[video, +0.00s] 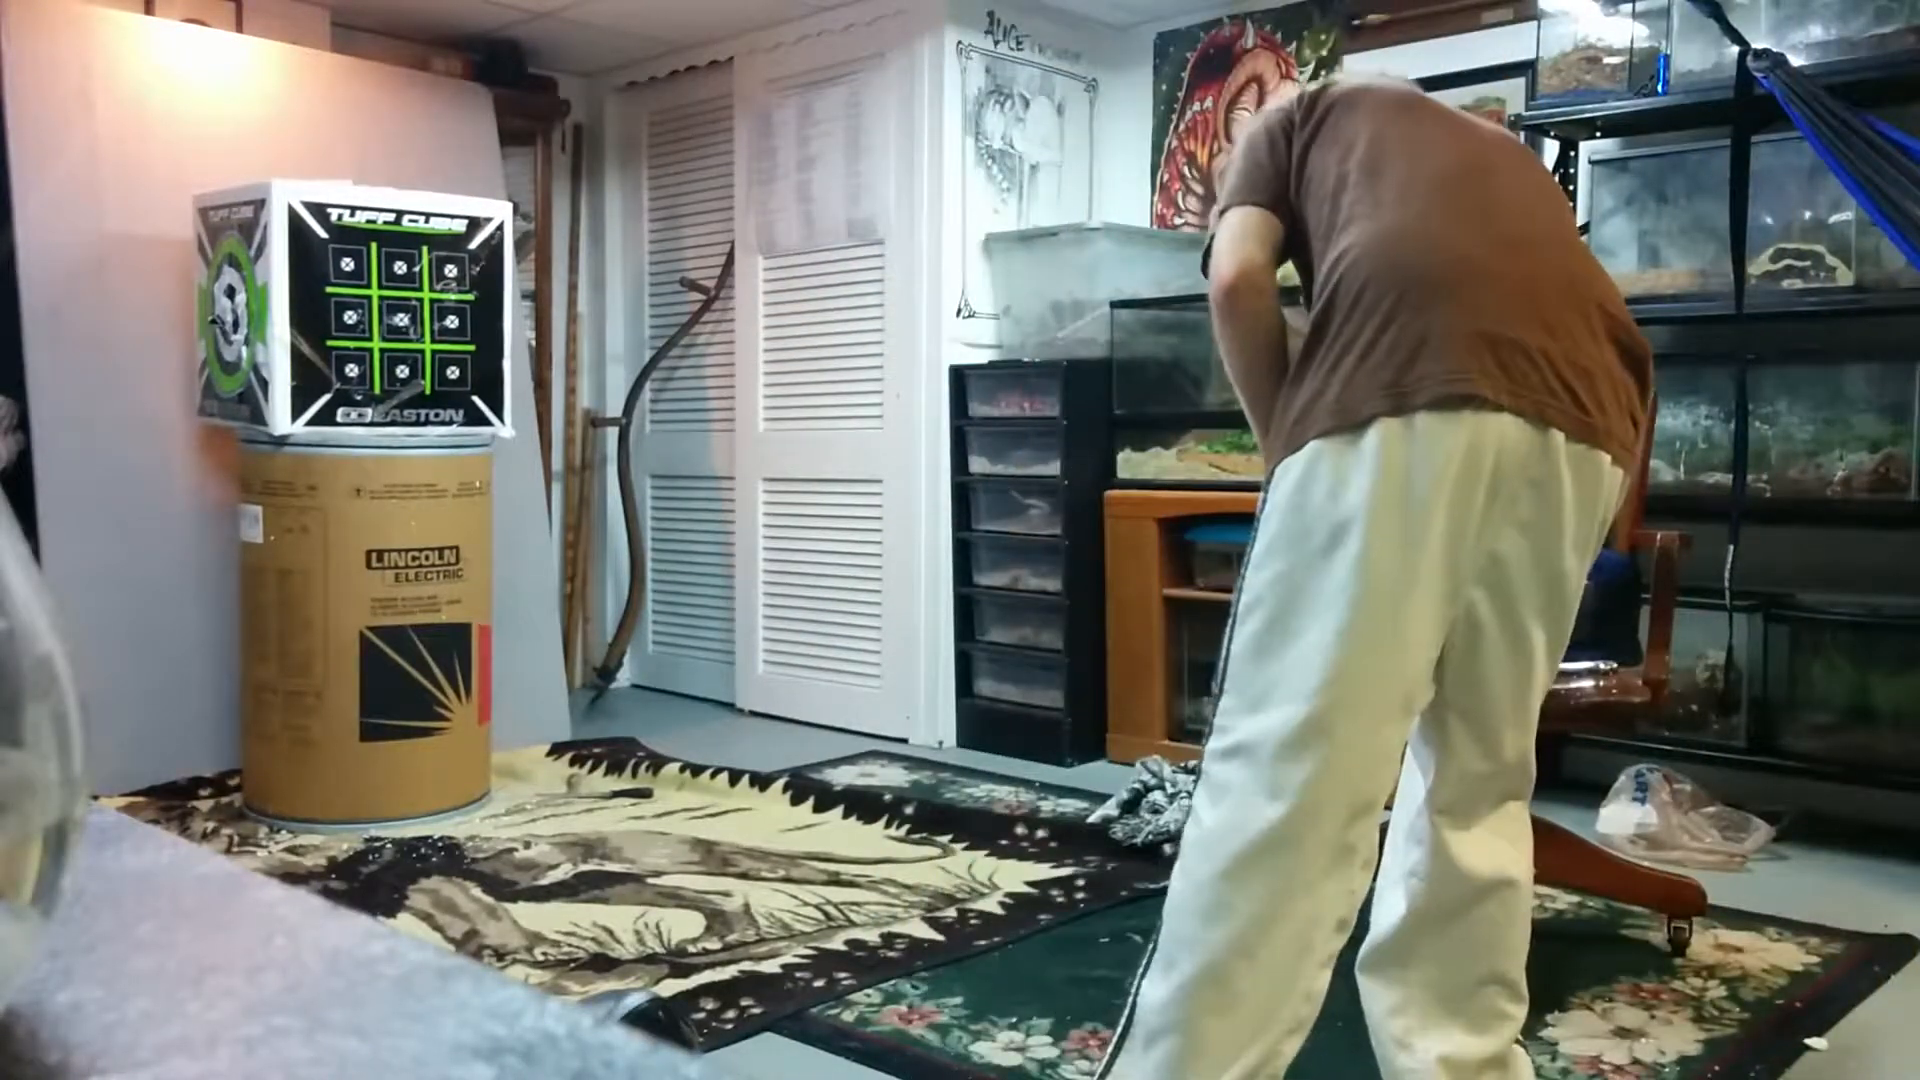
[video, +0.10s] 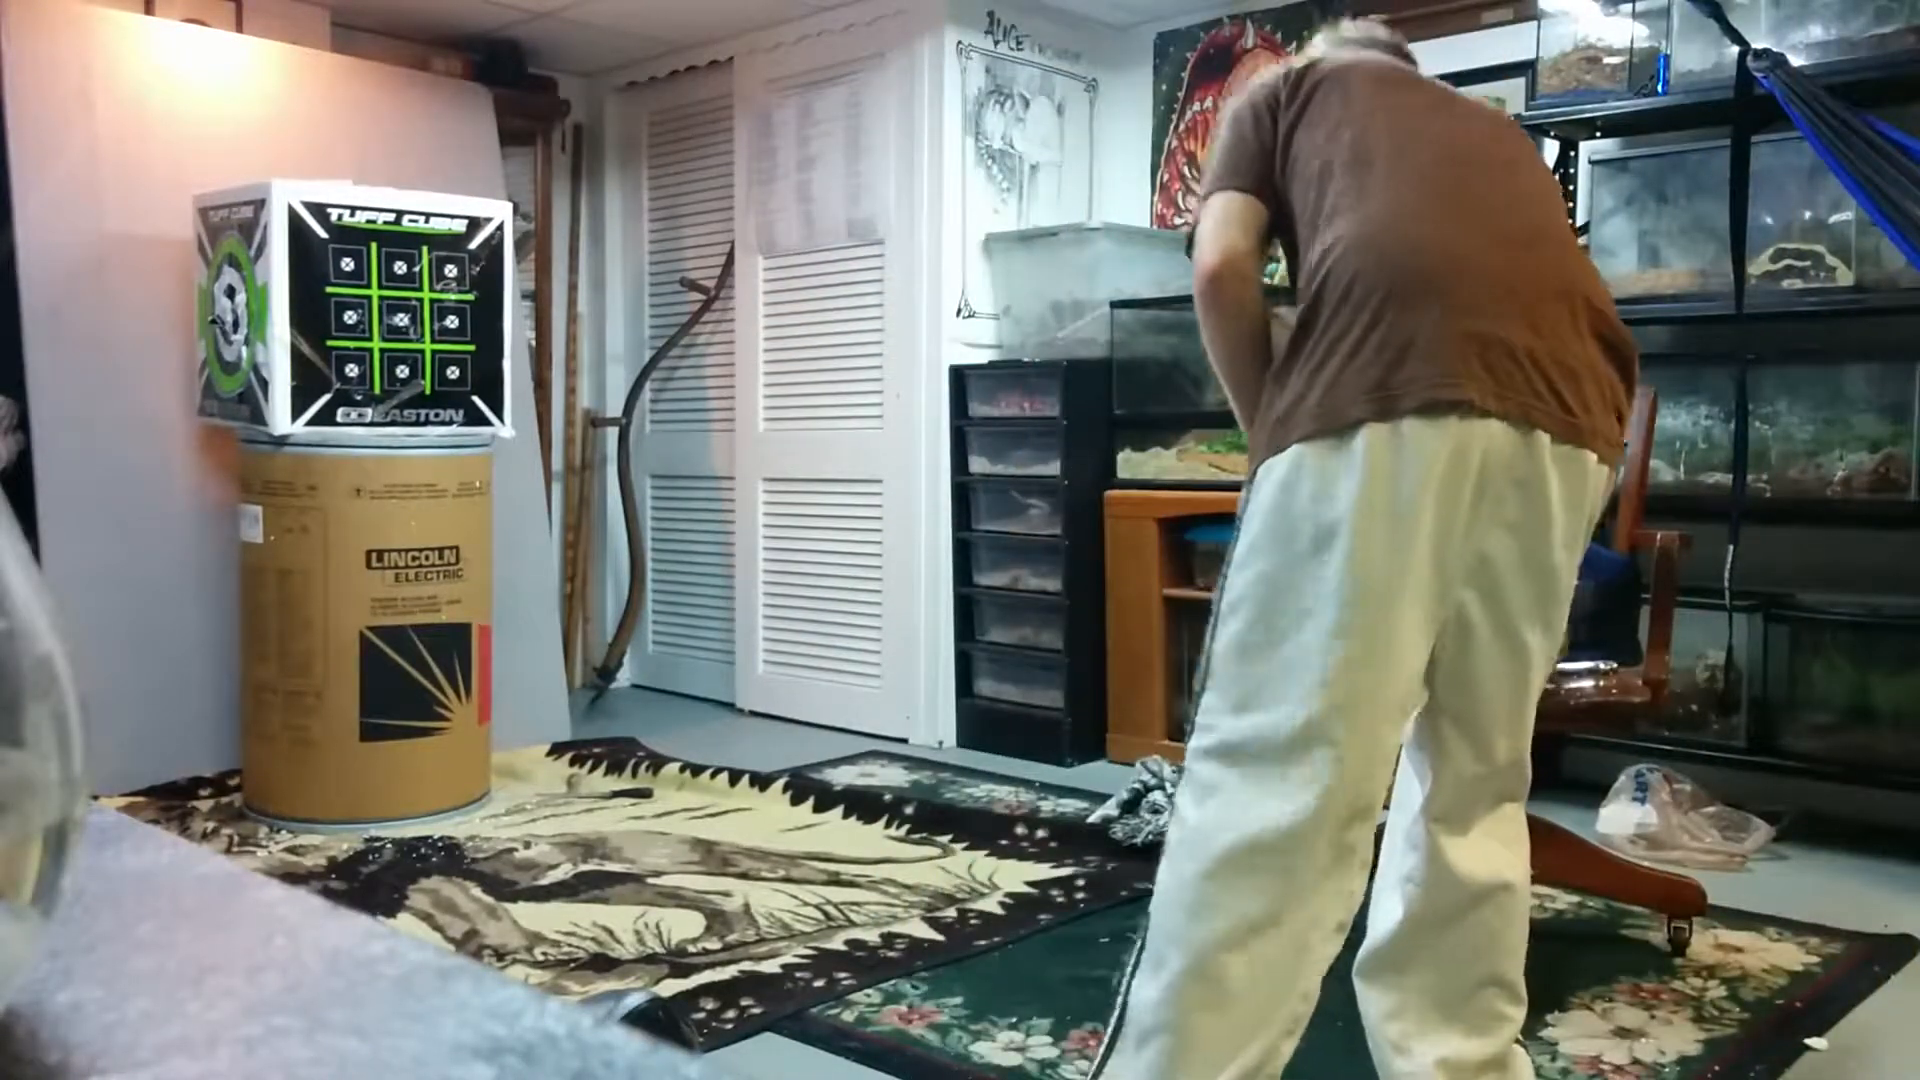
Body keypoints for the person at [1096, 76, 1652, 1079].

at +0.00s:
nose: (1244, 133)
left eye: (1247, 118)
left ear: (1295, 88)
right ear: (1422, 102)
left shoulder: (1292, 118)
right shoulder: (1513, 160)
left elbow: (1236, 274)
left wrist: (1285, 440)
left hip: (1397, 390)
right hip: (1584, 413)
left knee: (1289, 765)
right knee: (1480, 771)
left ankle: (1188, 1058)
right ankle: (1463, 1057)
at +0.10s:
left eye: (1265, 73)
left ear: (1304, 56)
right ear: (1407, 61)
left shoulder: (1275, 90)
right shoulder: (1500, 128)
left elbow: (1222, 264)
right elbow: (1603, 331)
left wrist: (1270, 433)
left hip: (1385, 377)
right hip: (1570, 405)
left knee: (1279, 765)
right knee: (1475, 773)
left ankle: (1181, 1057)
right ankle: (1461, 1056)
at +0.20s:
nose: (1221, 65)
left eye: (1226, 53)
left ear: (1278, 22)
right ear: (1398, 16)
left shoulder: (1255, 51)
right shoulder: (1493, 102)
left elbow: (1197, 249)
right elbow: (1565, 293)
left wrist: (1250, 417)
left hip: (1349, 387)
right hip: (1537, 402)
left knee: (1245, 771)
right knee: (1466, 778)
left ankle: (1167, 1056)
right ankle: (1456, 1053)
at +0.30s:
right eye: (1483, 16)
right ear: (1446, 4)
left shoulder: (1230, 21)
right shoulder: (1493, 63)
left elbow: (1164, 234)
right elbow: (1574, 328)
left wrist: (1231, 386)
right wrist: (1532, 440)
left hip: (1306, 385)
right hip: (1502, 398)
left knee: (1209, 782)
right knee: (1454, 791)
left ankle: (1155, 1056)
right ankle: (1453, 1055)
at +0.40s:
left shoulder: (1184, 6)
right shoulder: (1483, 22)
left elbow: (1122, 215)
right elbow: (1566, 275)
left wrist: (1194, 339)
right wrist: (1432, 313)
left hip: (1258, 383)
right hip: (1461, 392)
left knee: (1181, 786)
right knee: (1446, 788)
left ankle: (1141, 1057)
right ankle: (1456, 1056)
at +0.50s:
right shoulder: (1477, 2)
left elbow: (1077, 193)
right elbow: (1548, 221)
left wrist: (1179, 304)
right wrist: (1449, 311)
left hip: (1227, 368)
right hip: (1433, 373)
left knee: (1169, 773)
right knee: (1451, 772)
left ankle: (1143, 1057)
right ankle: (1483, 1054)